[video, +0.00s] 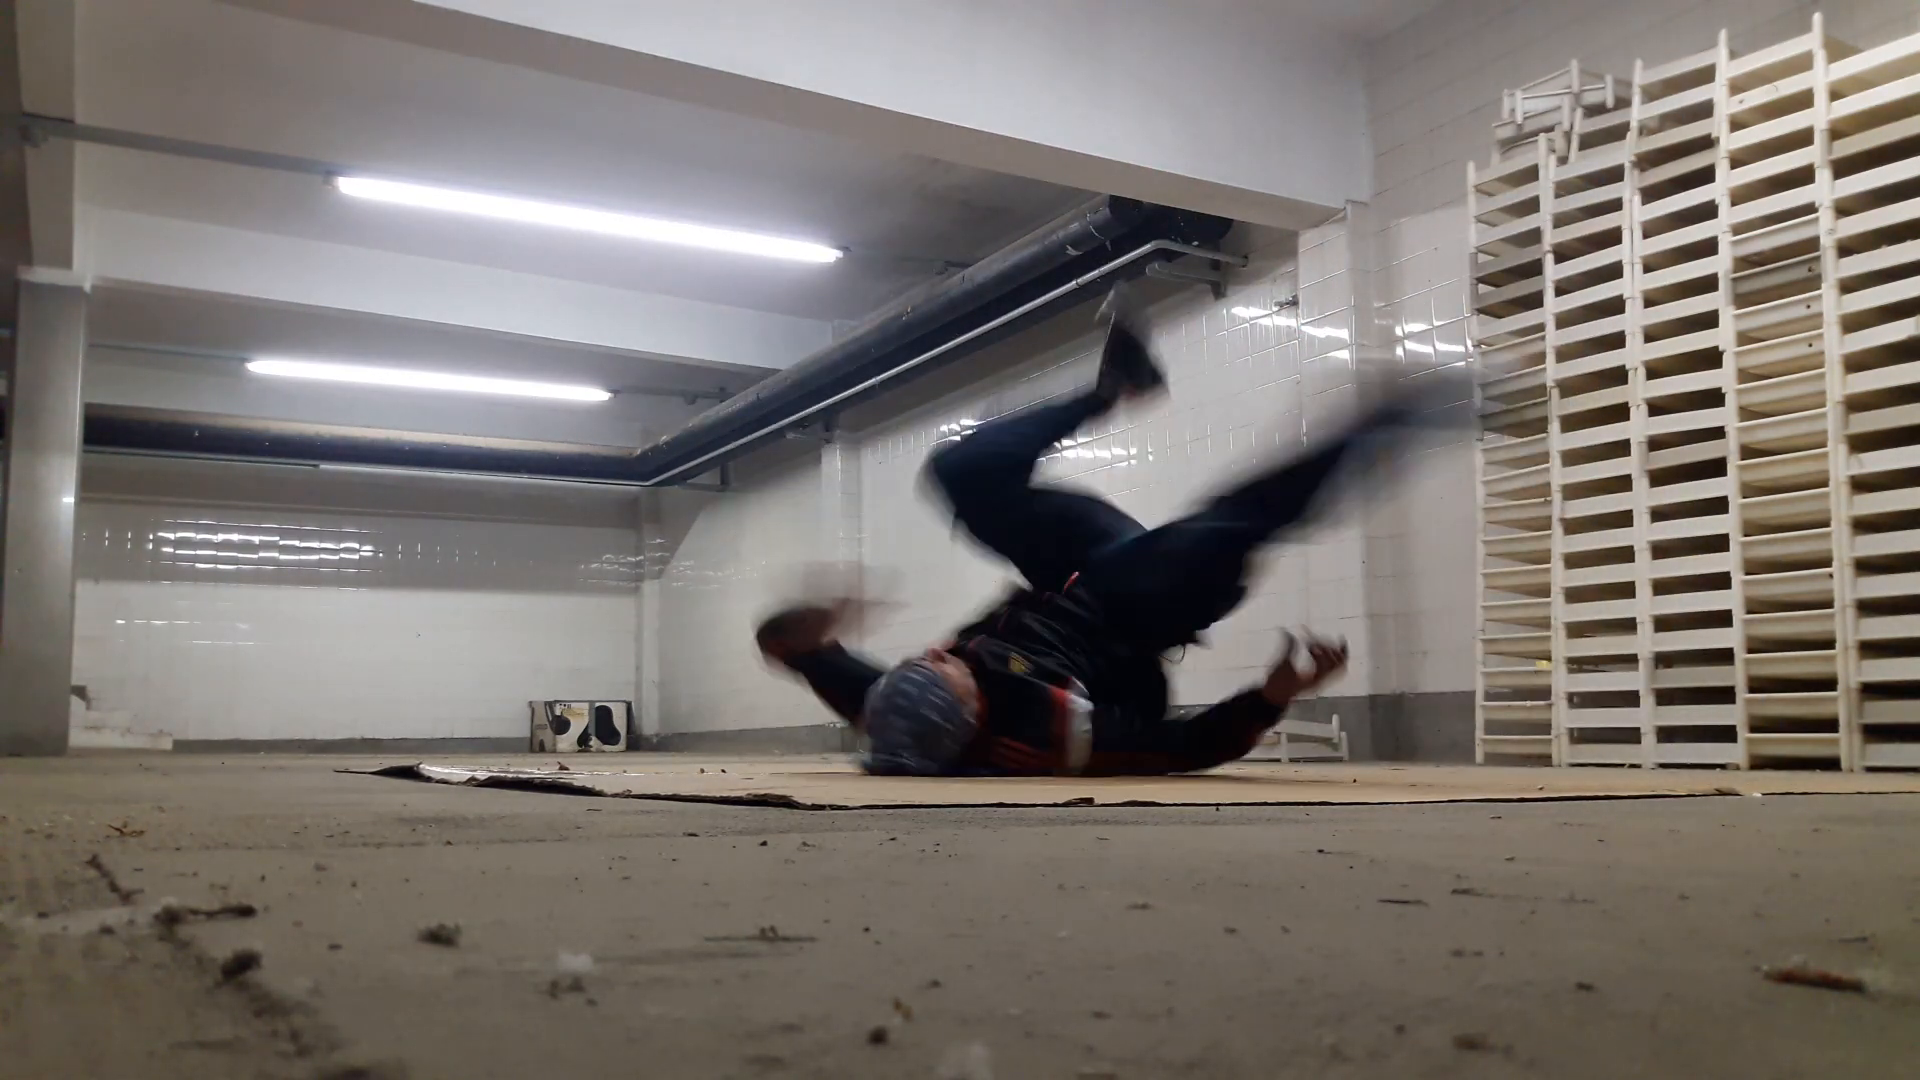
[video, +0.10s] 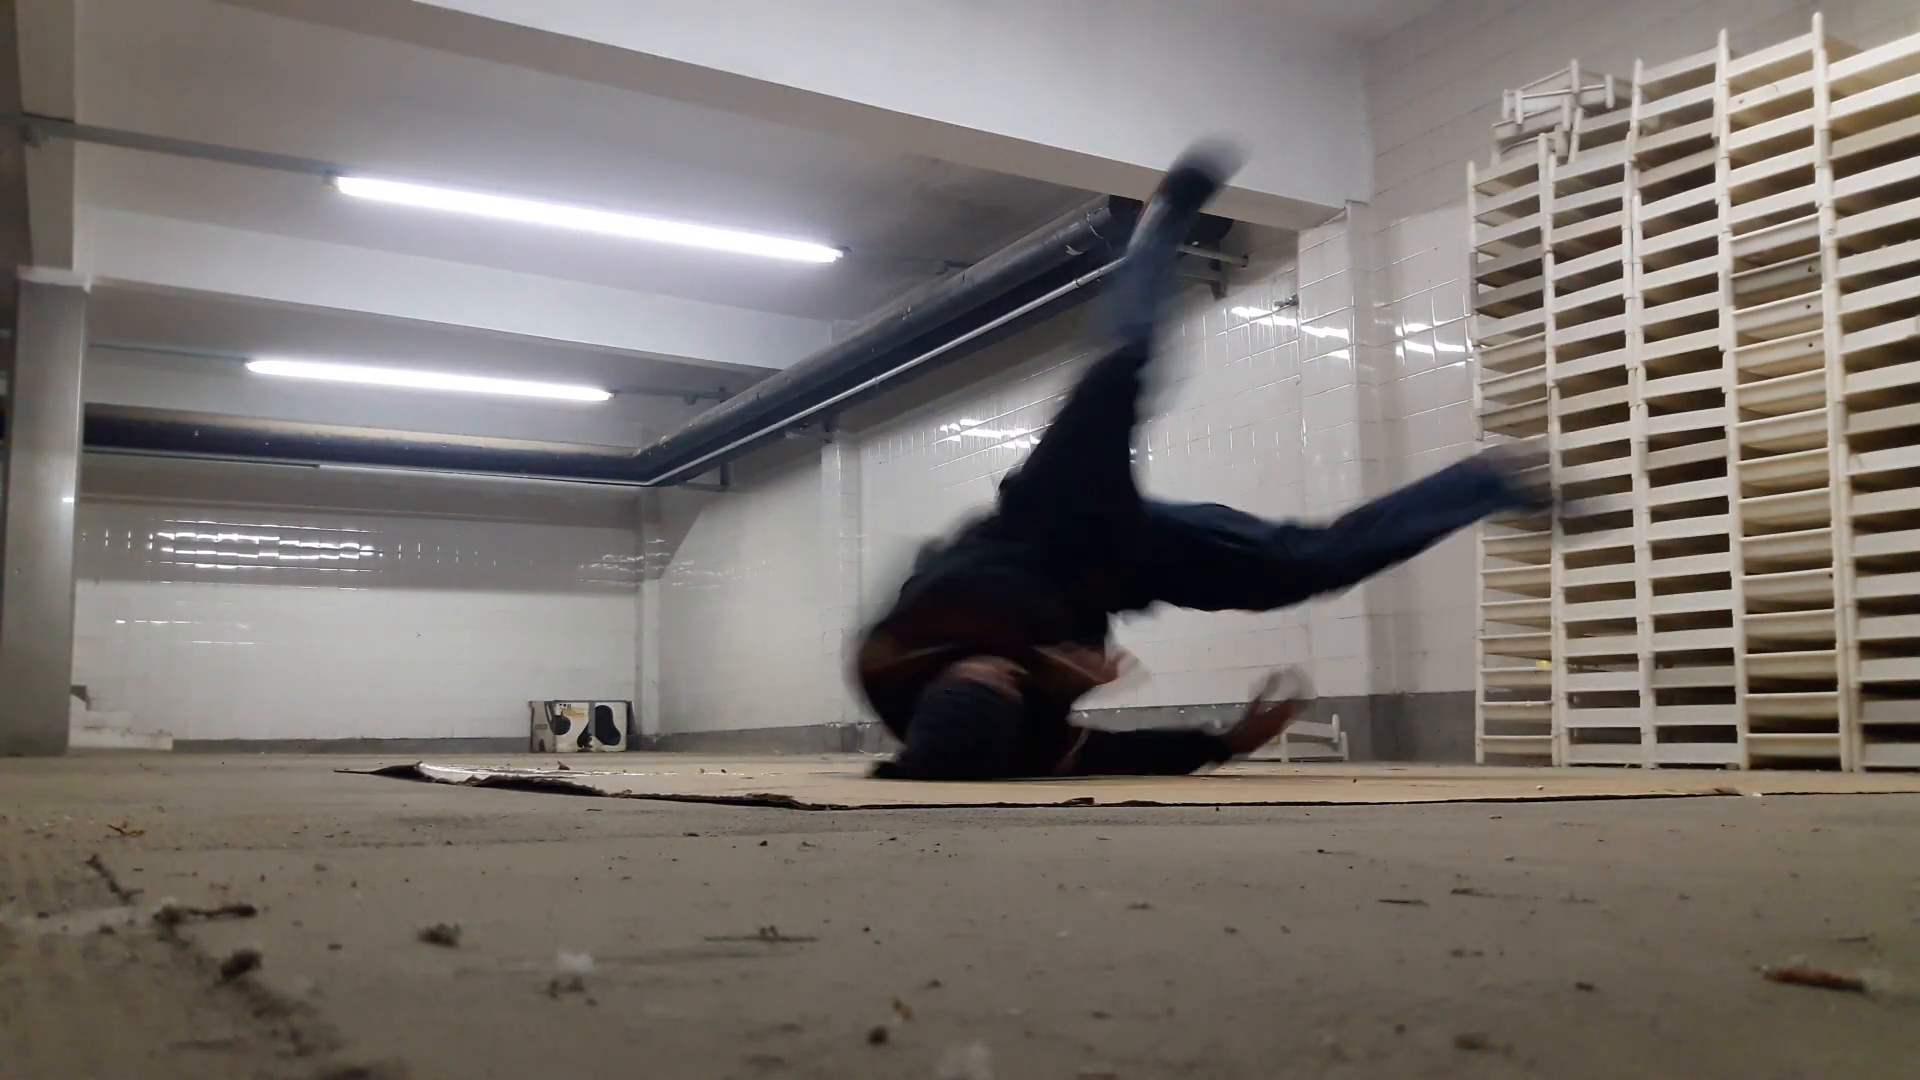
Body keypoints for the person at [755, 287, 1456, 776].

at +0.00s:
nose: (947, 657)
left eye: (930, 664)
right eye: (948, 677)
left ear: (895, 696)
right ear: (965, 728)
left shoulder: (880, 701)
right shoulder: (1047, 746)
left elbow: (783, 652)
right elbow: (1185, 748)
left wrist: (801, 629)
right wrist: (1278, 695)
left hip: (1060, 576)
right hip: (1139, 611)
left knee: (957, 477)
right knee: (1241, 521)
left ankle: (1105, 390)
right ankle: (1393, 420)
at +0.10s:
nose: (1000, 676)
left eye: (987, 680)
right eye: (1008, 693)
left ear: (958, 677)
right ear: (998, 723)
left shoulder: (896, 667)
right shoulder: (1028, 745)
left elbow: (951, 598)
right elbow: (1115, 757)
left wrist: (1054, 658)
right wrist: (1232, 741)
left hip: (1054, 511)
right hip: (1129, 569)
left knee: (1123, 360)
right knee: (1306, 565)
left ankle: (1164, 213)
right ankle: (1483, 483)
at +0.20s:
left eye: (1040, 753)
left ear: (1044, 726)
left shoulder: (1086, 625)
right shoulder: (955, 745)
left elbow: (1240, 674)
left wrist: (1112, 739)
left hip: (1107, 434)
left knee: (1325, 353)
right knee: (1172, 609)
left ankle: (1325, 143)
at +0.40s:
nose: (1083, 656)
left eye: (1092, 664)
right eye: (1099, 661)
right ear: (1139, 666)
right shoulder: (1128, 598)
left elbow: (987, 572)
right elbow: (987, 578)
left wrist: (900, 680)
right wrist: (906, 682)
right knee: (1019, 408)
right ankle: (1014, 248)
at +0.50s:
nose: (1220, 674)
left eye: (1222, 690)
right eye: (1242, 672)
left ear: (1223, 709)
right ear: (1275, 661)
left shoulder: (1208, 738)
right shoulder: (1351, 660)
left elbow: (1128, 751)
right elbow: (1367, 619)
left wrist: (1081, 717)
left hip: (1167, 614)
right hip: (1254, 557)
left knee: (998, 621)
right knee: (1182, 404)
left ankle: (893, 559)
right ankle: (1165, 224)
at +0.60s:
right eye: (1452, 651)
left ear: (1436, 719)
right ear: (1465, 658)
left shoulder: (1323, 730)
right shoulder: (1492, 649)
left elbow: (1130, 750)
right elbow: (1585, 585)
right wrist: (1666, 497)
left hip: (1170, 685)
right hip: (1254, 630)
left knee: (1094, 594)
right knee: (1314, 468)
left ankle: (954, 470)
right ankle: (1232, 326)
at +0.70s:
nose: (1521, 659)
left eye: (1533, 678)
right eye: (1534, 658)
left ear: (1520, 725)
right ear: (1517, 658)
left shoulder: (1427, 745)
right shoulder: (1439, 682)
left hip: (1153, 669)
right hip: (1196, 641)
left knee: (1286, 480)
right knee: (1296, 480)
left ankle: (1096, 360)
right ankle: (1171, 379)